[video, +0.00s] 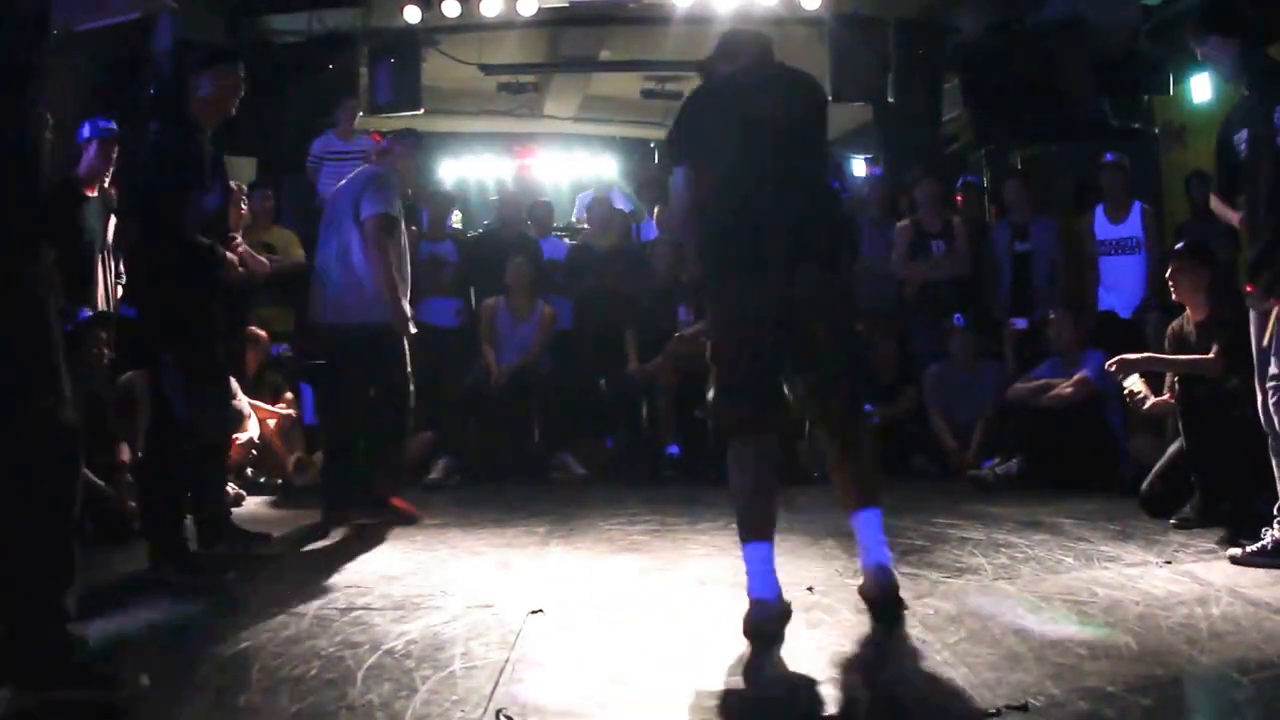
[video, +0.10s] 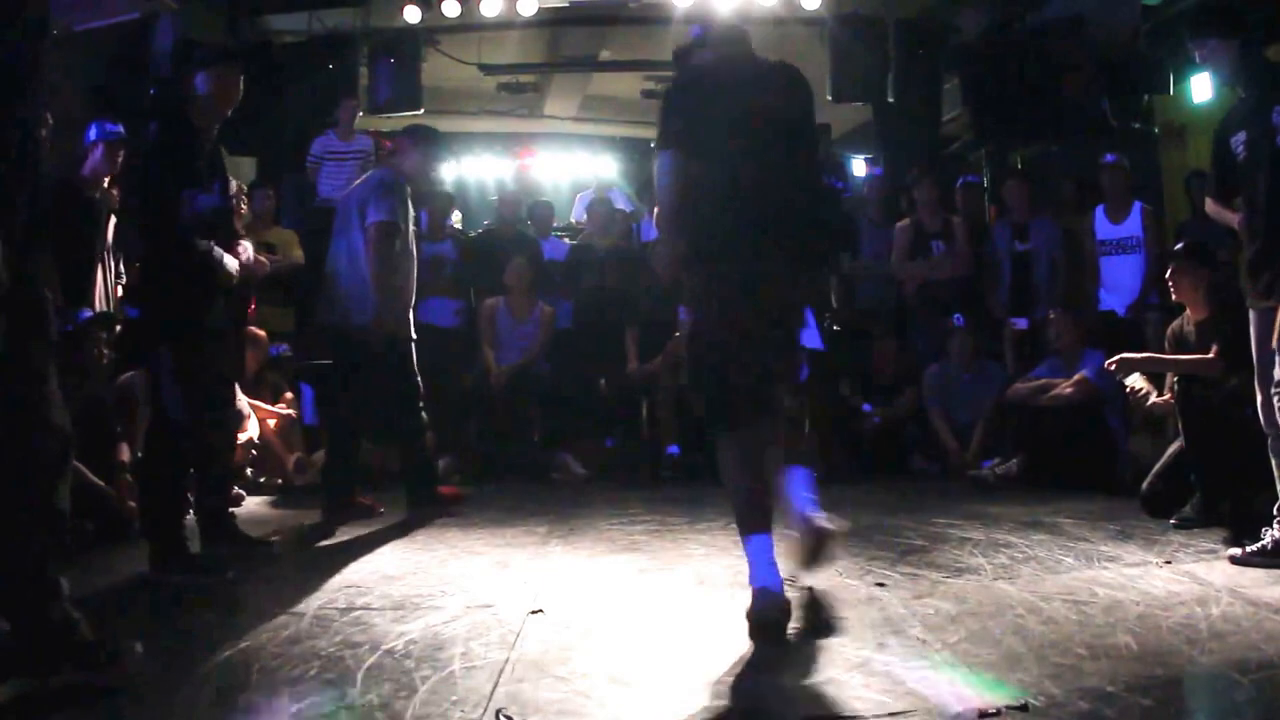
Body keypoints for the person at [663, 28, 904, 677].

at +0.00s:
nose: (716, 71)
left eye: (716, 63)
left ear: (718, 62)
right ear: (772, 58)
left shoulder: (701, 102)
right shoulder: (808, 91)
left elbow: (679, 208)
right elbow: (826, 185)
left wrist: (675, 272)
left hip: (739, 284)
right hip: (819, 278)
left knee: (747, 427)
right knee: (842, 413)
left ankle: (764, 595)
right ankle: (878, 565)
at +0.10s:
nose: (692, 50)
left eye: (691, 42)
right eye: (699, 43)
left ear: (696, 39)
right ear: (748, 36)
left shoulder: (687, 85)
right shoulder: (789, 80)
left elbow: (673, 186)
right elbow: (813, 183)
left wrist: (670, 260)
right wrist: (821, 259)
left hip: (719, 271)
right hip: (786, 267)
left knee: (735, 416)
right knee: (786, 393)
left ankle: (765, 583)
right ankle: (806, 508)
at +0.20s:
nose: (666, 26)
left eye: (675, 22)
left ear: (688, 19)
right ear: (733, 23)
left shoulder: (679, 41)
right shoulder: (778, 76)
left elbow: (632, 140)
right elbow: (793, 175)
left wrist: (639, 219)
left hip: (703, 246)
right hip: (766, 252)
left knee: (674, 382)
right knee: (689, 386)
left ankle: (772, 532)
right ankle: (671, 533)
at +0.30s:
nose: (661, 47)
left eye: (665, 38)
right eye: (663, 40)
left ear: (681, 36)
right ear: (725, 40)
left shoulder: (666, 68)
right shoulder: (760, 96)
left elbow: (592, 153)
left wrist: (607, 239)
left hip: (686, 272)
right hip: (745, 277)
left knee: (614, 391)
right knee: (640, 405)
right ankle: (732, 510)